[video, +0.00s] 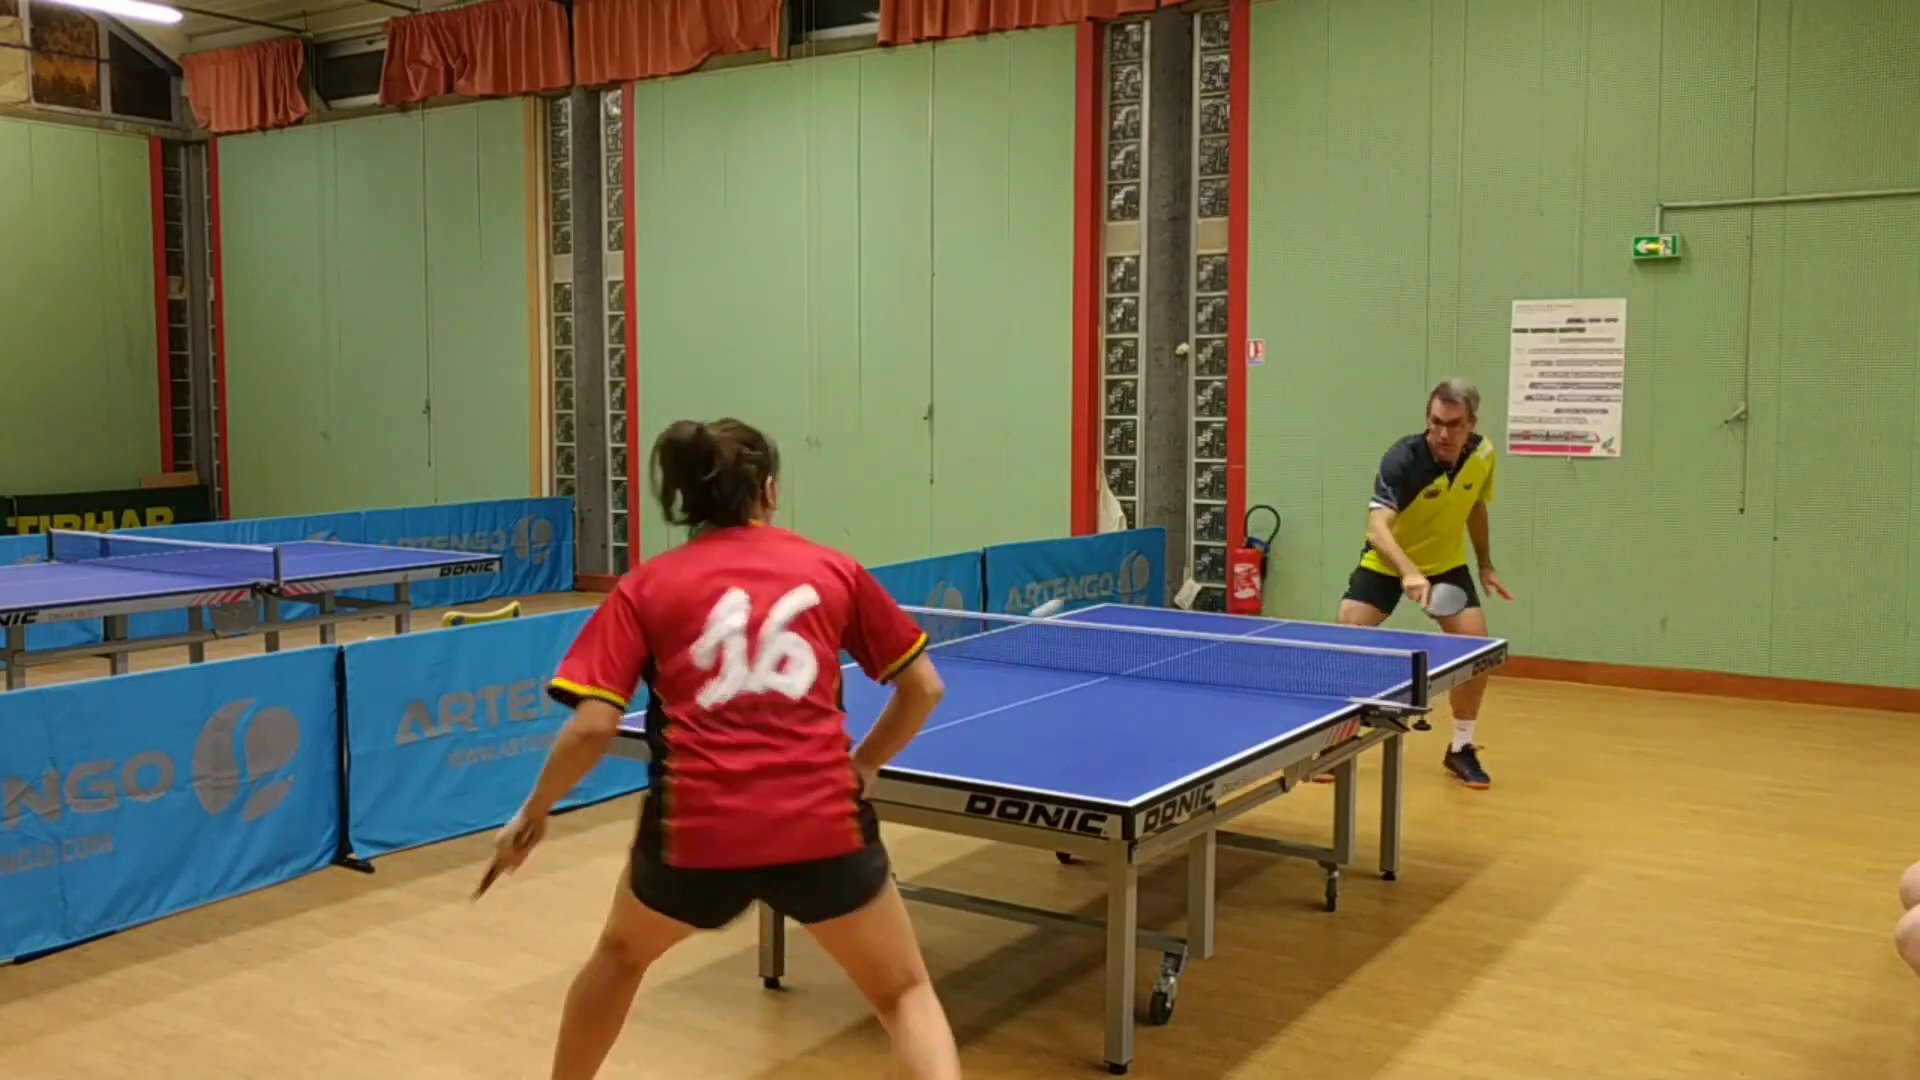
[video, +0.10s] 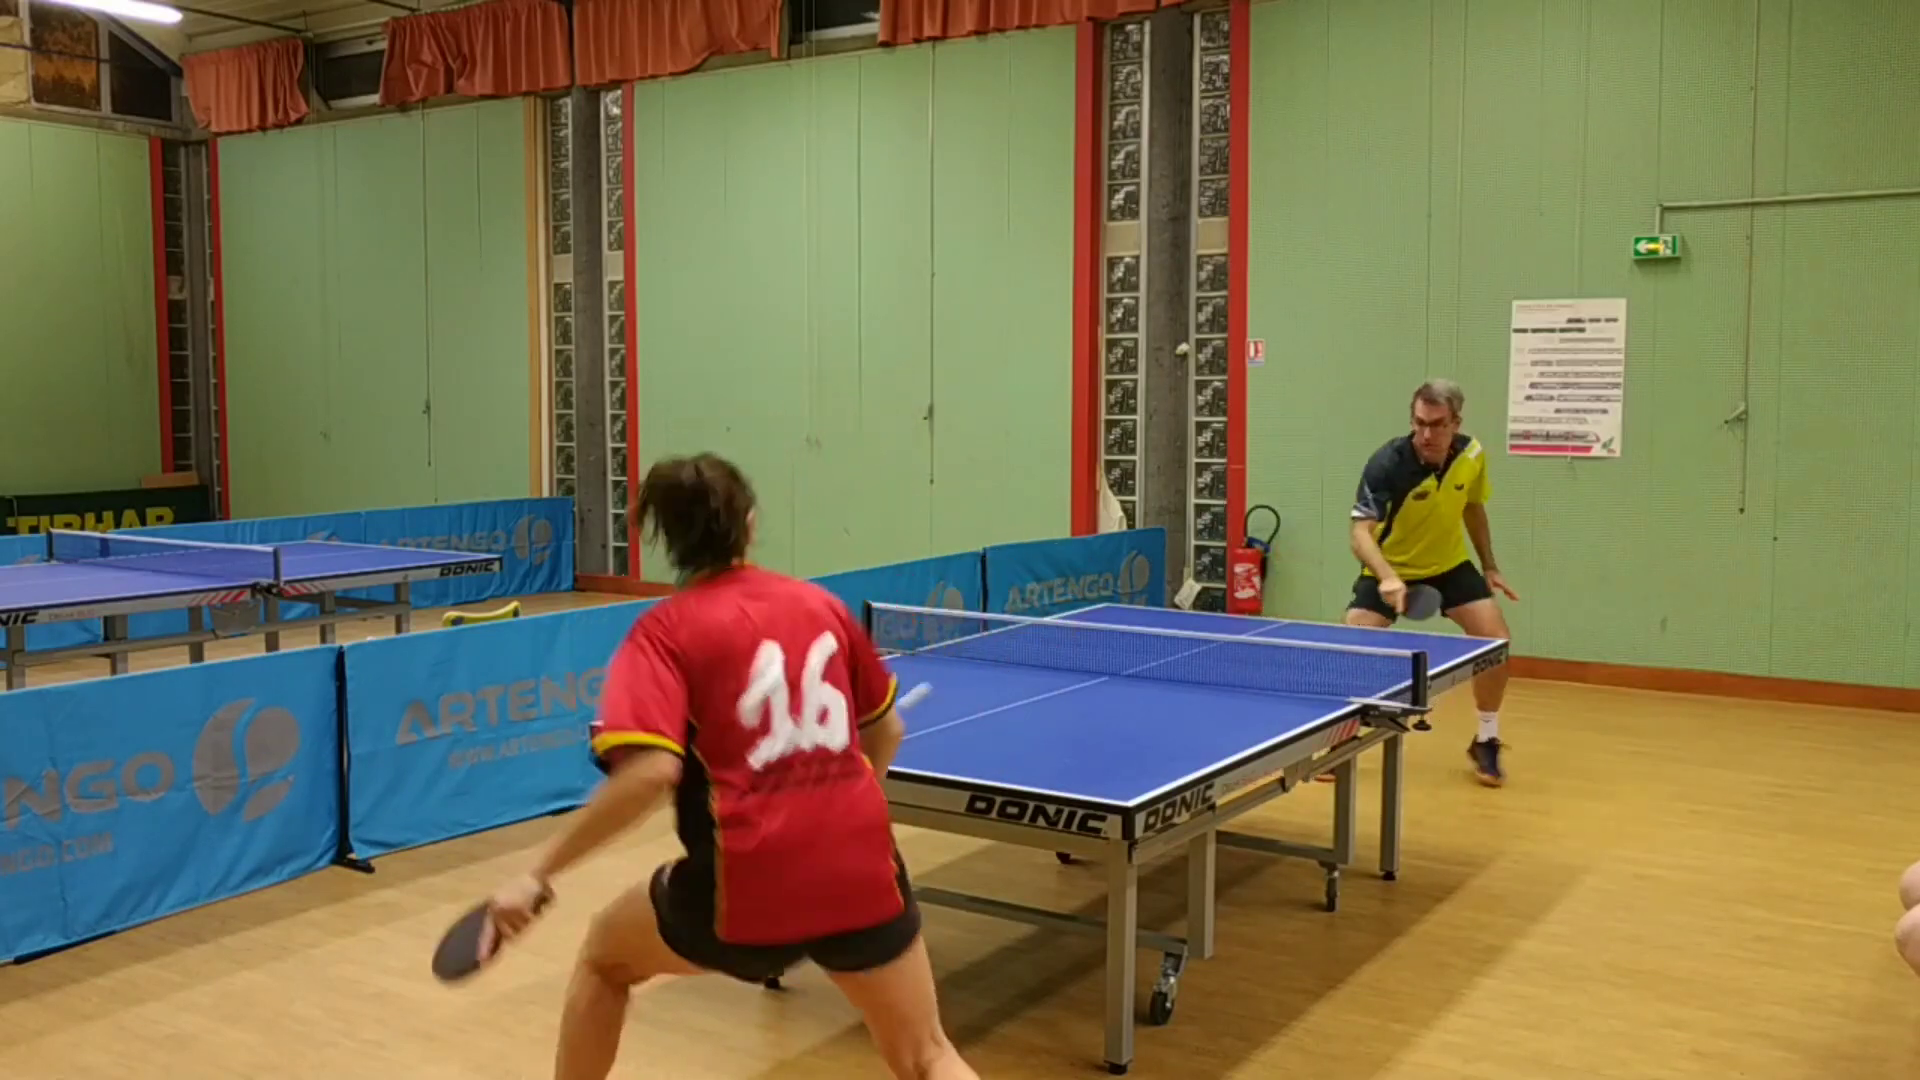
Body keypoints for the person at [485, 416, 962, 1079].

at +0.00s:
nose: (777, 489)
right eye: (775, 481)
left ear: (686, 498)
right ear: (766, 490)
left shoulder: (647, 586)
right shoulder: (828, 569)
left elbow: (595, 725)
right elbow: (923, 687)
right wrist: (864, 763)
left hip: (696, 838)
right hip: (822, 829)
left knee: (620, 959)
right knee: (904, 993)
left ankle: (566, 1076)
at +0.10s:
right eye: (752, 507)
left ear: (666, 535)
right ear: (748, 523)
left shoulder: (665, 627)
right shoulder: (819, 604)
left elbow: (652, 770)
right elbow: (884, 731)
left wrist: (540, 871)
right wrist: (836, 815)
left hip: (744, 895)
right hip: (864, 882)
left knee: (607, 961)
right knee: (928, 1053)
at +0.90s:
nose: (839, 428)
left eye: (837, 412)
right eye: (835, 412)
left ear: (738, 427)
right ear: (816, 422)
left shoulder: (707, 514)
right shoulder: (833, 513)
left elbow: (774, 612)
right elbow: (879, 685)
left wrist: (902, 618)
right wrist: (820, 672)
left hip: (666, 813)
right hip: (786, 825)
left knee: (603, 1006)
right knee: (943, 1022)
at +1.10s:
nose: (800, 420)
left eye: (797, 408)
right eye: (798, 409)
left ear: (697, 423)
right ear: (786, 421)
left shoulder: (641, 532)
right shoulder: (839, 527)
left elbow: (617, 682)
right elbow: (912, 692)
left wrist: (710, 672)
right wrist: (872, 729)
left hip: (663, 830)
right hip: (801, 829)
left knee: (581, 1043)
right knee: (921, 1052)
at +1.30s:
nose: (795, 473)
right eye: (791, 461)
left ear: (685, 491)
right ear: (781, 478)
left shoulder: (654, 597)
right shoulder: (856, 570)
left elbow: (583, 756)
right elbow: (951, 707)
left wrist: (552, 812)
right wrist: (918, 771)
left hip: (739, 879)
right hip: (876, 863)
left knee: (606, 1062)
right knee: (987, 1033)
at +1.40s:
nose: (836, 496)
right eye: (830, 488)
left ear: (729, 512)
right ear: (820, 499)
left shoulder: (720, 609)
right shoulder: (893, 582)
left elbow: (656, 767)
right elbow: (1001, 710)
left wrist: (550, 820)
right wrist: (976, 773)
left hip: (816, 897)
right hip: (948, 877)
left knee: (623, 1045)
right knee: (1040, 1053)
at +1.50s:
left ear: (801, 544)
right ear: (890, 534)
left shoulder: (811, 641)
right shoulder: (966, 622)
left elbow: (742, 796)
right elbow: (1079, 729)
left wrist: (609, 792)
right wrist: (1040, 757)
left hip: (877, 944)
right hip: (999, 937)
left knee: (667, 1059)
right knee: (1098, 1073)